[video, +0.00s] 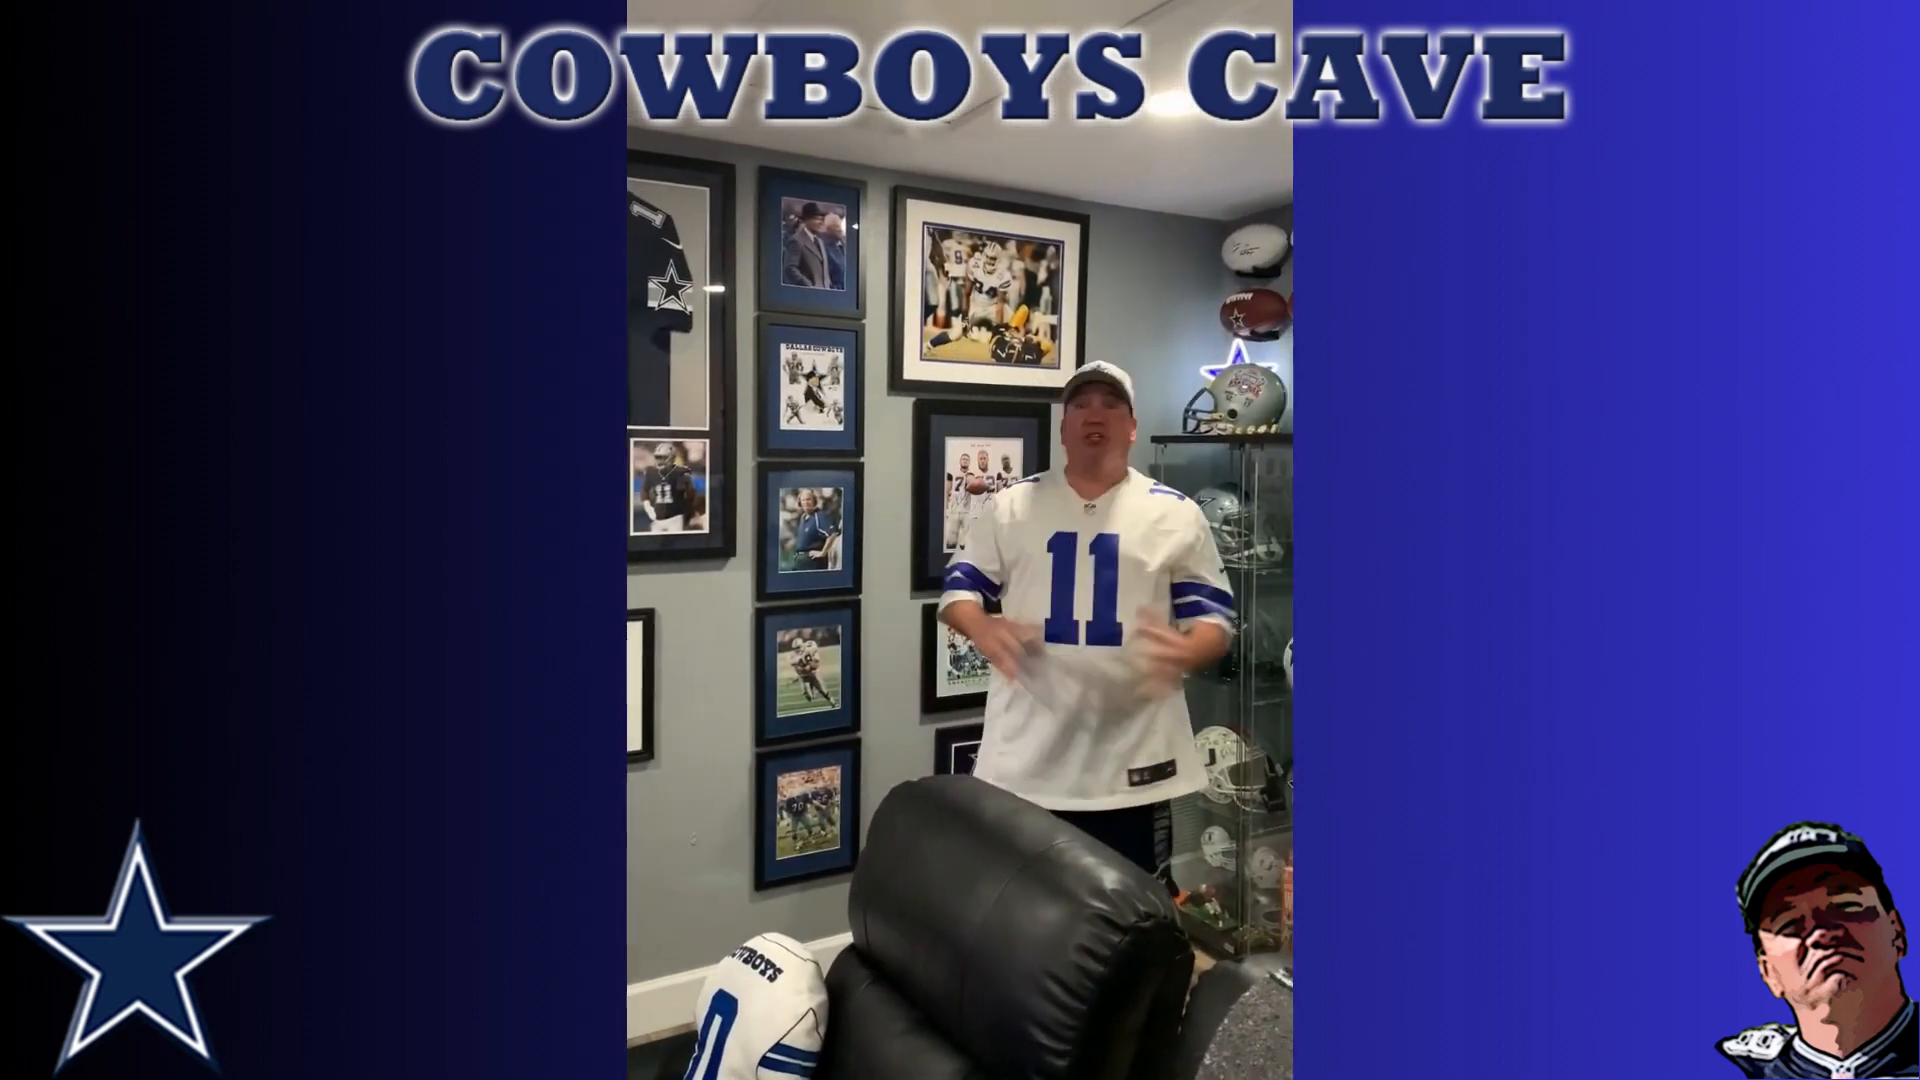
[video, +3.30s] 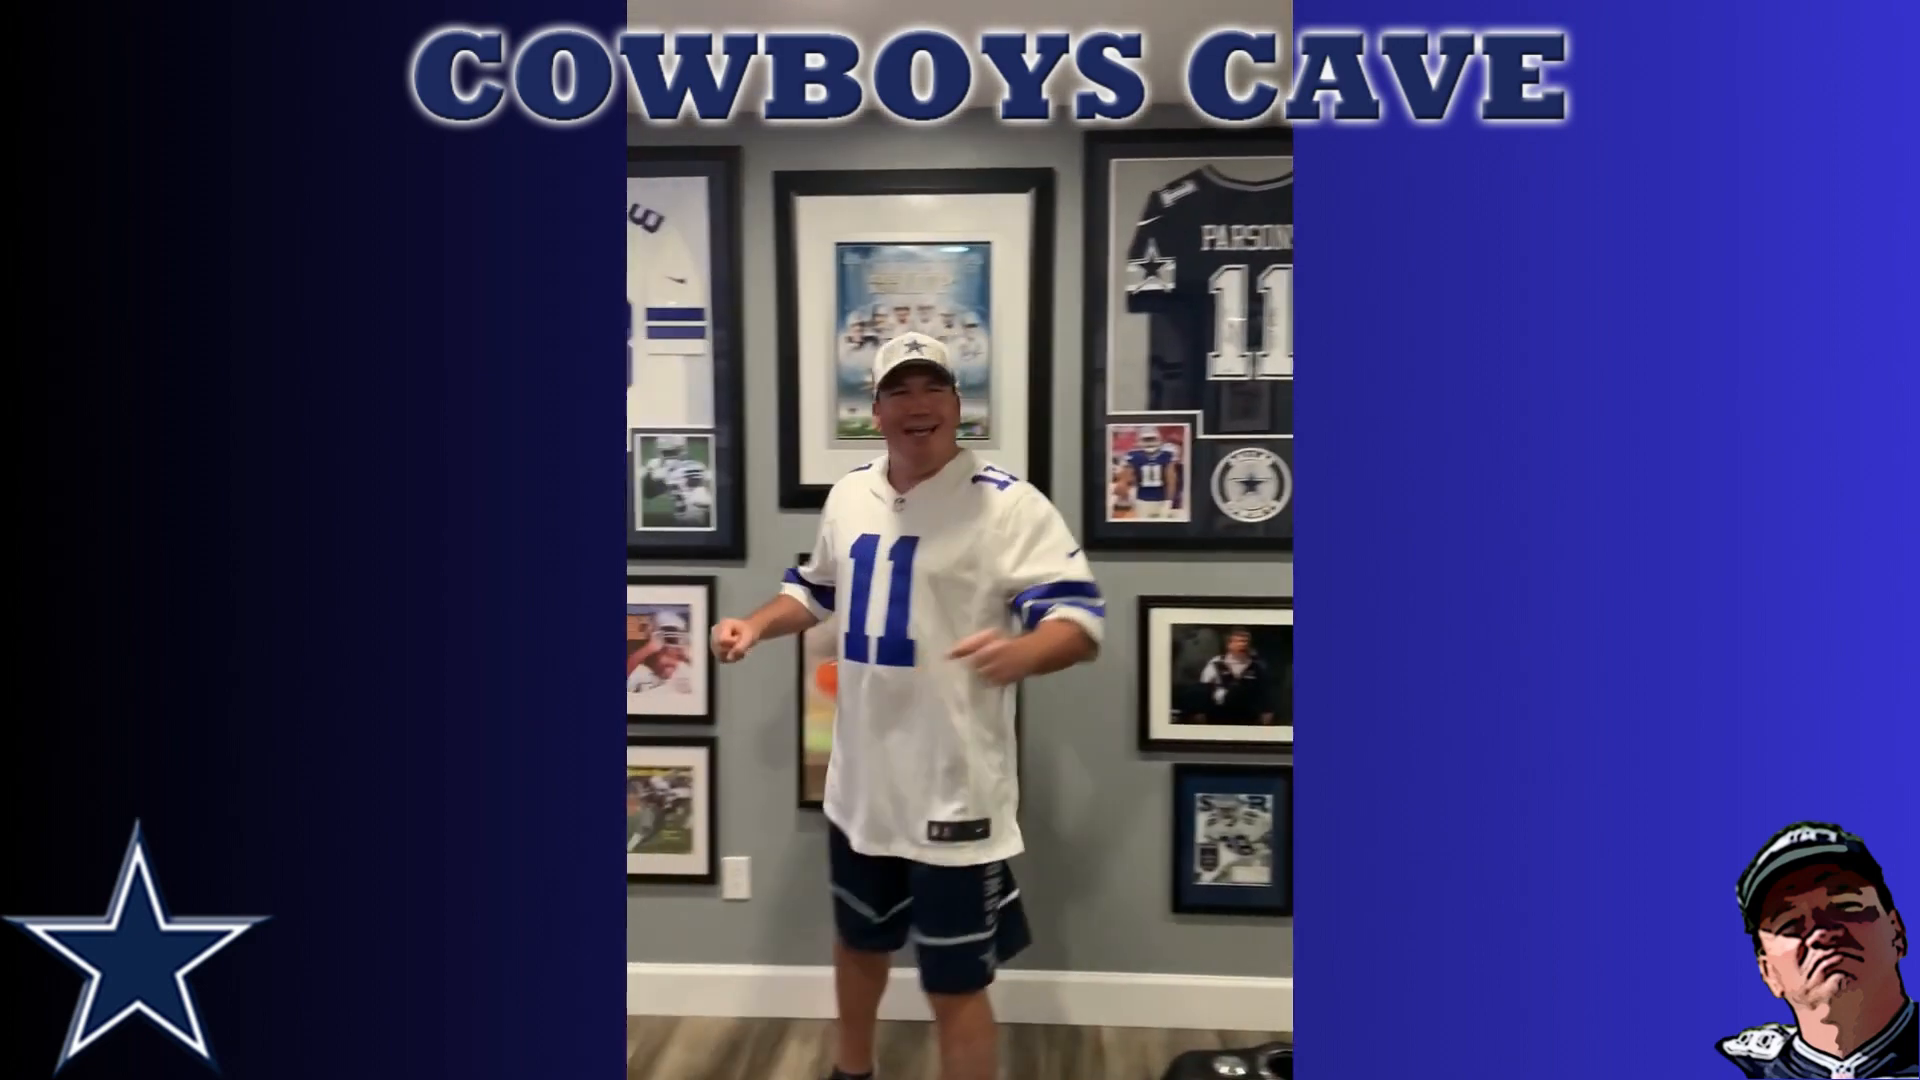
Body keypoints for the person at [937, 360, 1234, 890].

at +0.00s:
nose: (1095, 415)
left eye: (1110, 405)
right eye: (1081, 404)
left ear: (1132, 429)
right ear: (1062, 427)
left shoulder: (1175, 515)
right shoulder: (1007, 509)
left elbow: (1212, 619)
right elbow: (957, 595)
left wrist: (1187, 649)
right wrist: (979, 626)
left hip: (1131, 773)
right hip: (1023, 771)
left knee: (1131, 937)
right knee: (1024, 931)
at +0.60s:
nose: (1013, 417)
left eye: (1029, 406)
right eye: (1001, 407)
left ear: (1053, 431)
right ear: (984, 430)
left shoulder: (1101, 517)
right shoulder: (954, 518)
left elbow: (1155, 625)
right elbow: (935, 607)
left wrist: (1119, 691)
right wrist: (912, 661)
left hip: (1070, 785)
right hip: (965, 780)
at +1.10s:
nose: (901, 406)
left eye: (917, 393)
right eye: (886, 393)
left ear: (941, 413)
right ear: (866, 415)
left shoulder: (993, 503)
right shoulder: (837, 505)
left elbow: (1048, 614)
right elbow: (820, 599)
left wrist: (1004, 679)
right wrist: (789, 656)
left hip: (958, 769)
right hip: (866, 769)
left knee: (961, 932)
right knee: (883, 927)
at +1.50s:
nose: (830, 440)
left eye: (846, 423)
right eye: (826, 425)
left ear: (895, 427)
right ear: (823, 433)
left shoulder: (962, 522)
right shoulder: (836, 515)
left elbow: (1019, 652)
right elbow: (824, 621)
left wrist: (940, 725)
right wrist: (775, 673)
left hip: (916, 812)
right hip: (861, 807)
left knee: (848, 979)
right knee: (926, 969)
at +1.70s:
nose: (806, 427)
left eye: (825, 411)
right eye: (803, 412)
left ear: (876, 418)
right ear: (801, 419)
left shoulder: (927, 517)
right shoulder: (836, 504)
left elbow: (965, 668)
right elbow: (826, 620)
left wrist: (853, 730)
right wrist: (760, 665)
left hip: (880, 811)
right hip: (836, 804)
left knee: (838, 999)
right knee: (879, 996)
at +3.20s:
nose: (894, 408)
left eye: (913, 390)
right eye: (878, 394)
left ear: (950, 405)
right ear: (864, 409)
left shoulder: (996, 509)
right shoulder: (860, 497)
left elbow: (1049, 639)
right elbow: (837, 602)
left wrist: (954, 680)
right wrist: (770, 632)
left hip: (936, 801)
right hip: (848, 790)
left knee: (929, 995)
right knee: (822, 946)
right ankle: (822, 1070)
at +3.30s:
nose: (917, 407)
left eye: (933, 390)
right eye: (900, 392)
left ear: (959, 405)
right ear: (877, 411)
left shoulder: (1009, 505)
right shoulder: (850, 498)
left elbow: (1079, 622)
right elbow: (817, 590)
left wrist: (1026, 650)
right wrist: (757, 624)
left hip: (957, 794)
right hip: (862, 786)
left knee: (956, 988)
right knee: (859, 950)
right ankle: (853, 1071)